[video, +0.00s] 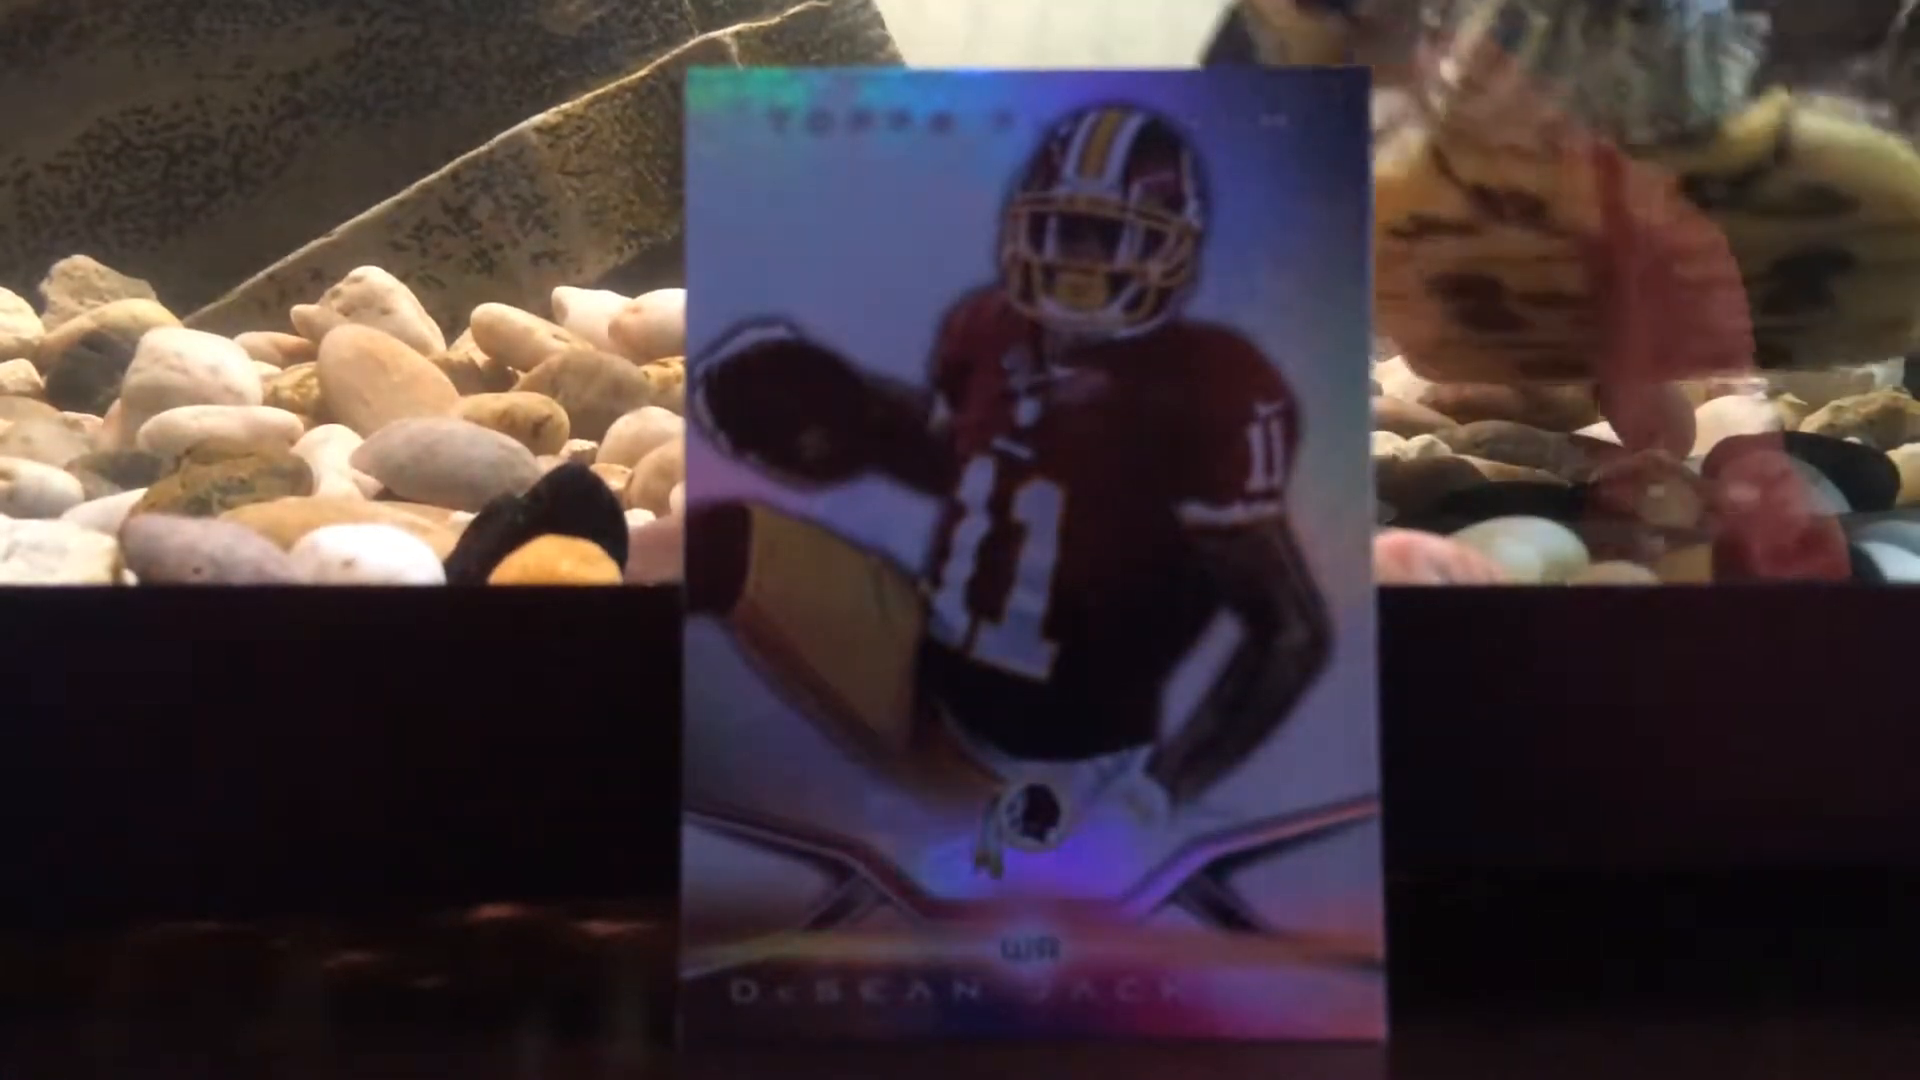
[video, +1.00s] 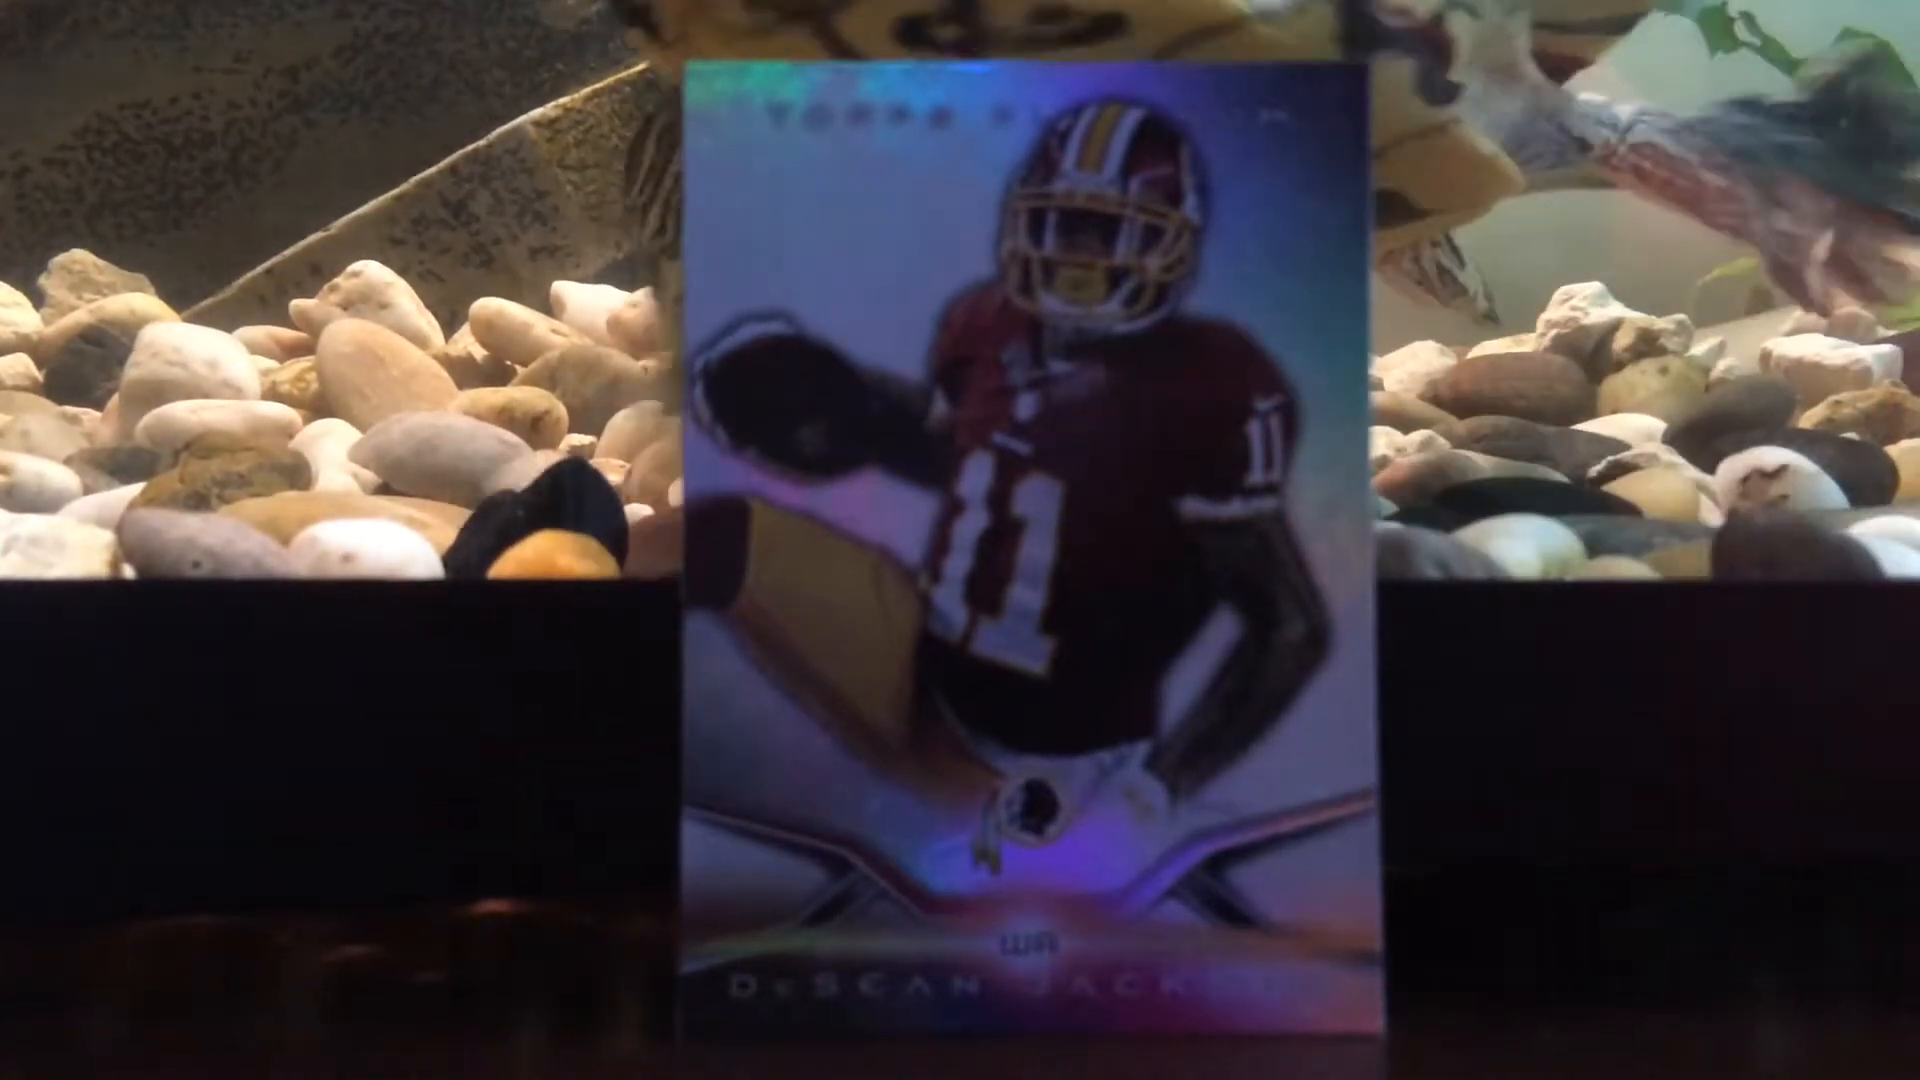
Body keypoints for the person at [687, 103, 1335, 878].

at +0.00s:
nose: (1077, 266)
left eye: (1112, 239)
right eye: (1060, 232)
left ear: (1174, 253)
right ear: (1021, 235)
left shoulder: (1214, 393)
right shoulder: (981, 332)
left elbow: (1293, 634)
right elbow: (955, 465)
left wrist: (1157, 794)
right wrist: (848, 415)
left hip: (1079, 756)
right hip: (931, 683)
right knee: (718, 544)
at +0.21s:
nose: (1083, 262)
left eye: (1117, 237)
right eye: (1064, 229)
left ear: (1176, 250)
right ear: (1023, 231)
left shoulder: (1214, 392)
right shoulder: (980, 332)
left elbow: (1293, 634)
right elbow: (961, 465)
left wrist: (1156, 793)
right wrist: (859, 419)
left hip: (1078, 756)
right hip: (931, 683)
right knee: (717, 542)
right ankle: (917, 793)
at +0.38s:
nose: (1080, 261)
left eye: (1114, 236)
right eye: (1062, 228)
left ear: (1174, 250)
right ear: (1023, 232)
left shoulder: (1211, 393)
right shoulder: (979, 331)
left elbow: (1292, 630)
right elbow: (962, 464)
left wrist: (1157, 791)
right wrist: (854, 416)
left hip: (1080, 761)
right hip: (934, 701)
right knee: (719, 543)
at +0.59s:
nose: (1084, 261)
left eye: (1118, 236)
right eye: (1065, 229)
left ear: (1177, 249)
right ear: (1024, 230)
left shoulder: (1216, 390)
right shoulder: (981, 329)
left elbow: (1292, 633)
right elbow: (964, 466)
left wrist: (1158, 790)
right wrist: (858, 415)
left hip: (1079, 759)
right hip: (929, 682)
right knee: (717, 539)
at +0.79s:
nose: (1081, 260)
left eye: (1116, 235)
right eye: (1062, 227)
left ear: (1177, 249)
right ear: (1021, 229)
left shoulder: (1216, 389)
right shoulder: (981, 328)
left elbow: (1292, 631)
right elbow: (961, 461)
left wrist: (1156, 790)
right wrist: (854, 413)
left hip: (1076, 761)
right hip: (926, 682)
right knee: (715, 537)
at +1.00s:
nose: (1082, 260)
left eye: (1117, 235)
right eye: (1062, 227)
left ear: (1175, 249)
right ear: (1022, 228)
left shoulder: (1215, 387)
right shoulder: (980, 328)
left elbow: (1291, 630)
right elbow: (960, 457)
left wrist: (1154, 790)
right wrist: (852, 412)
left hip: (1073, 761)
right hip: (925, 680)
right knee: (722, 537)